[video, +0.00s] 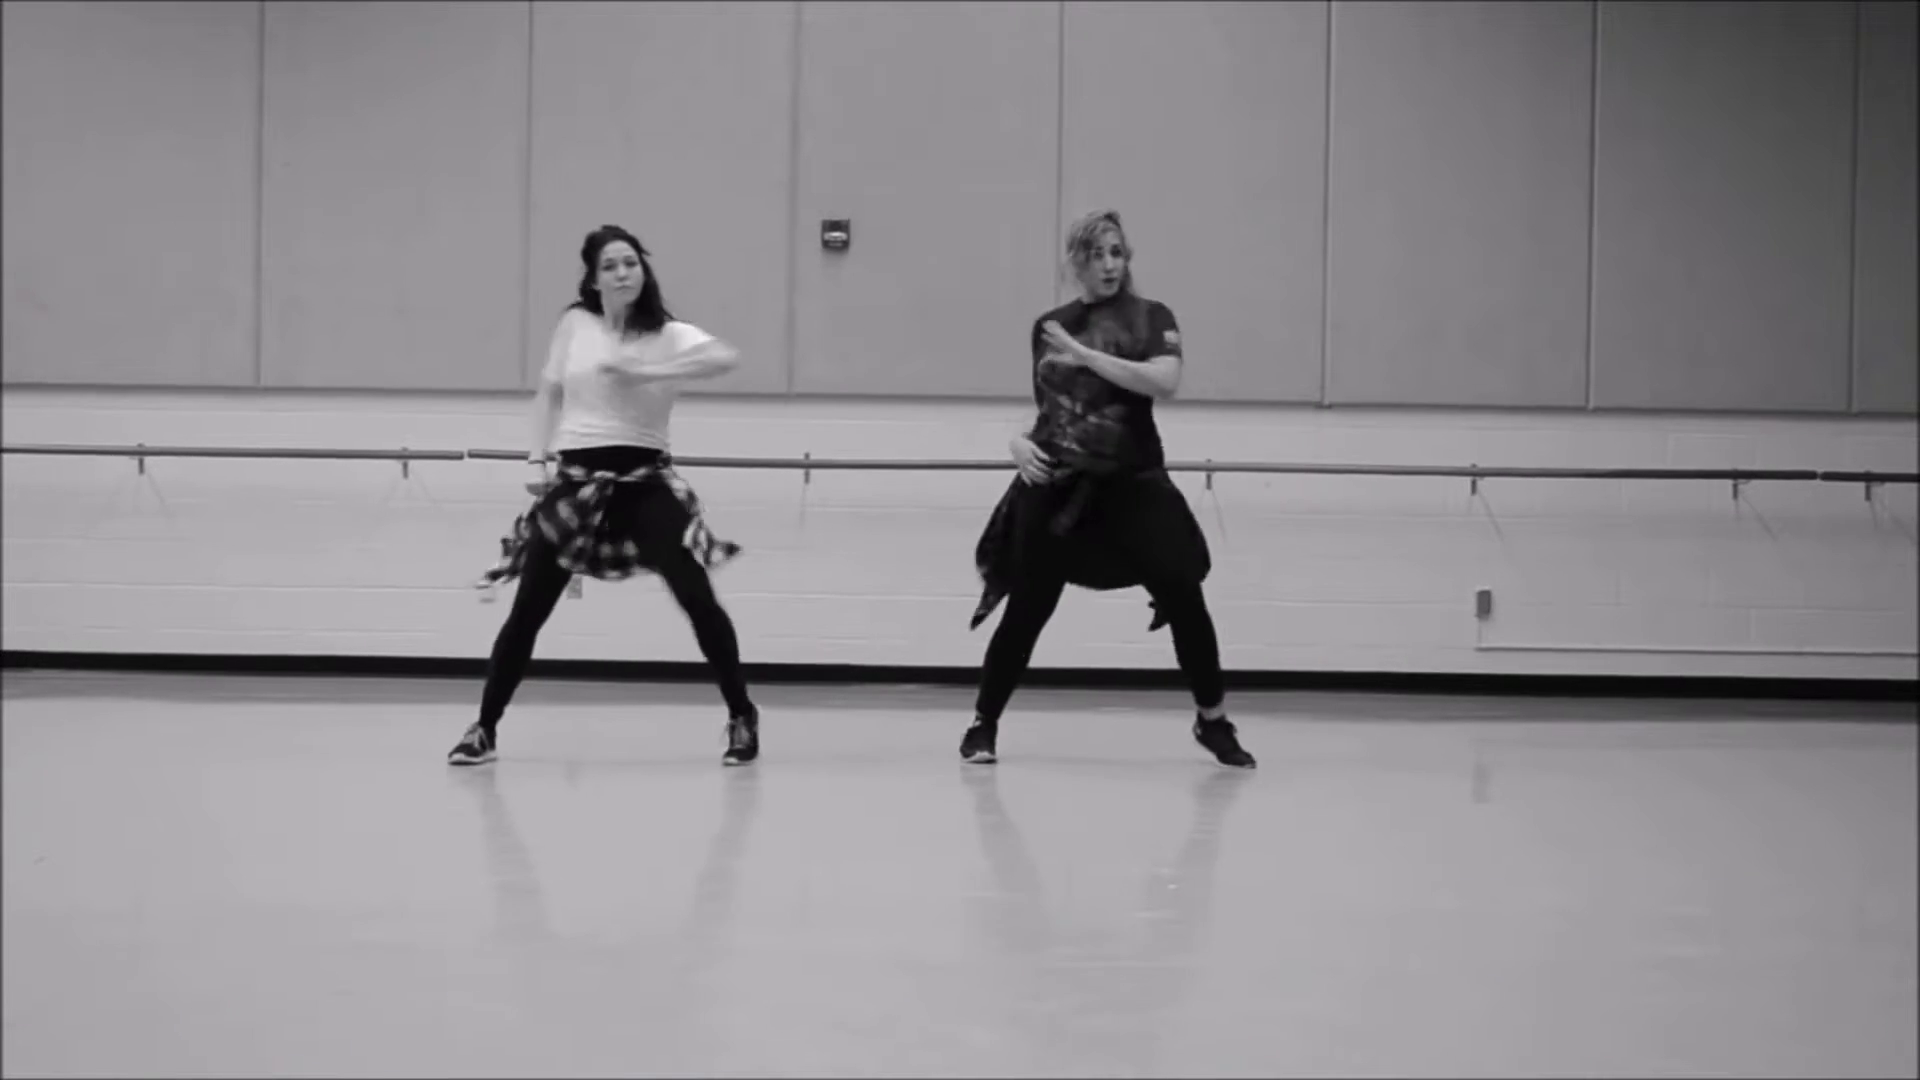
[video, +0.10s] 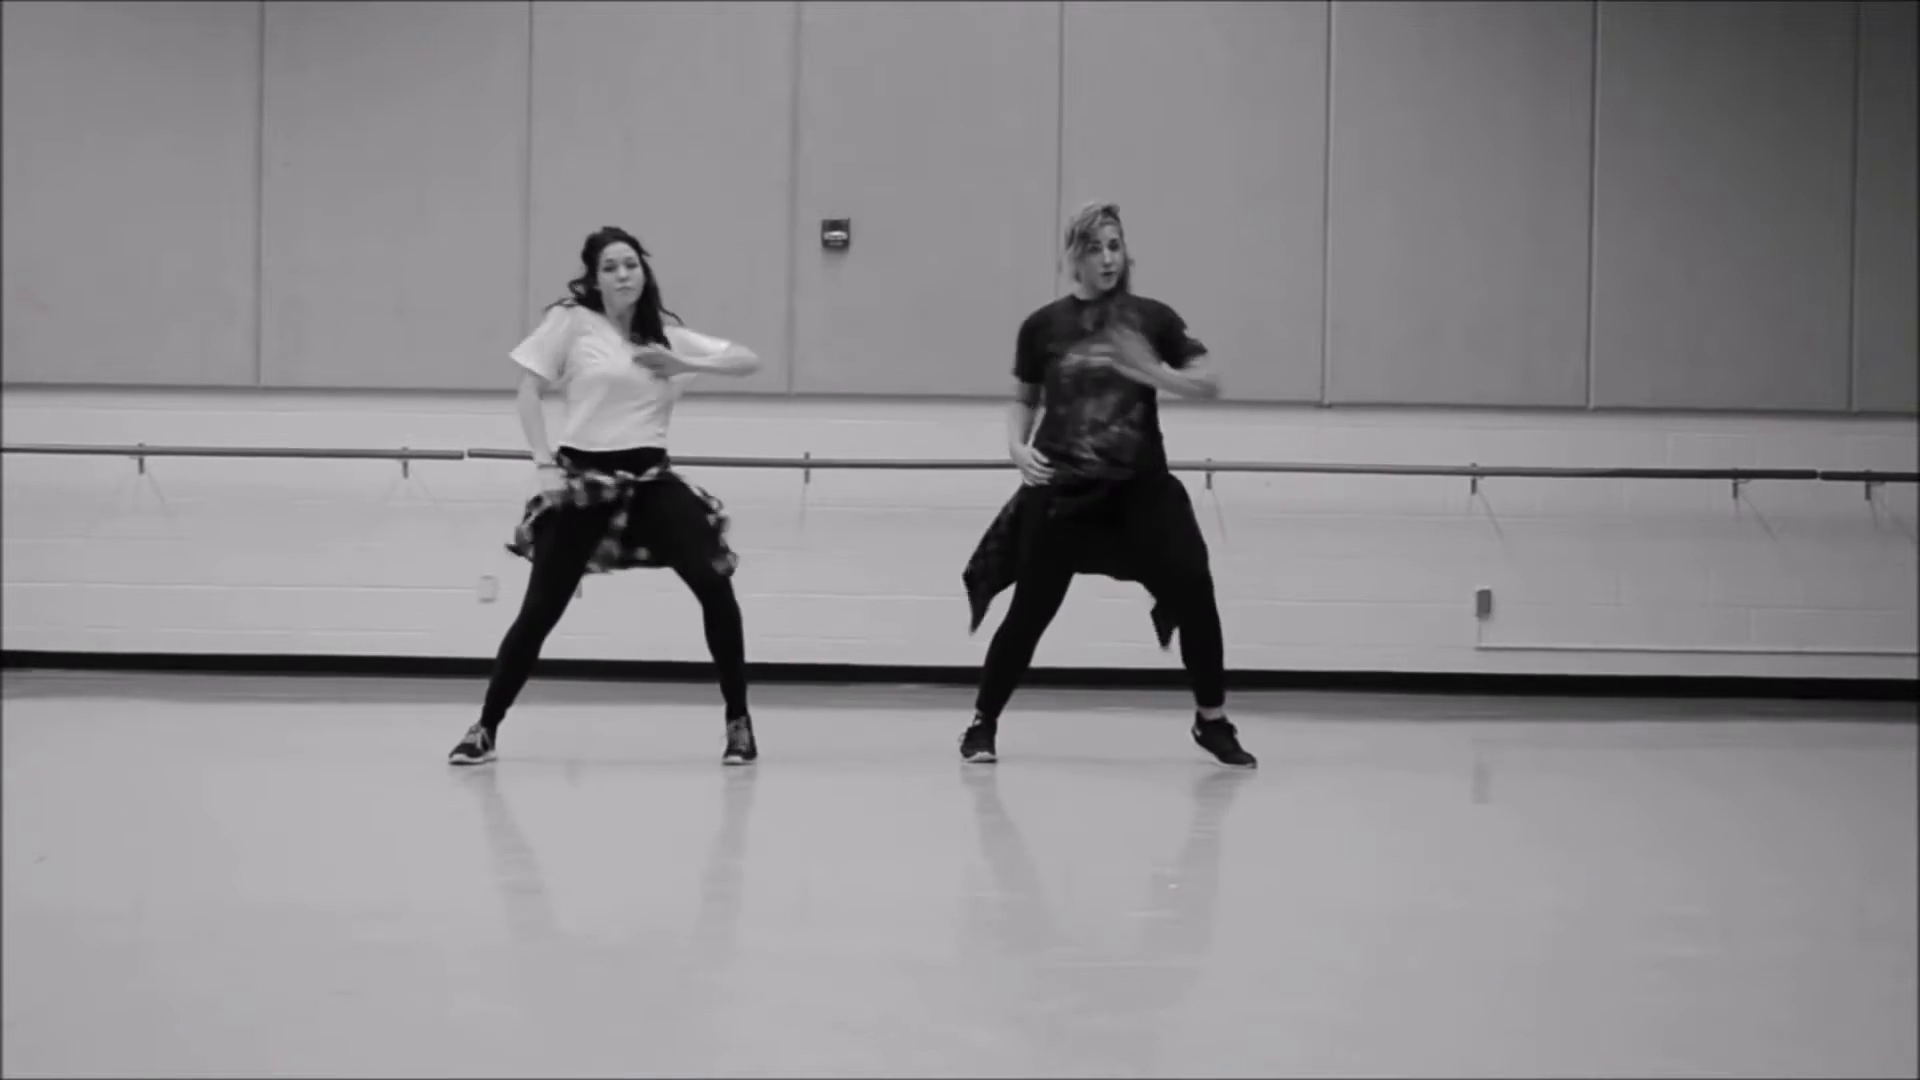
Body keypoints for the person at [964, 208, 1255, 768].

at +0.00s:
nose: (1109, 264)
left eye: (1117, 253)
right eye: (1096, 254)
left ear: (1128, 259)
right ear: (1076, 263)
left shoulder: (1152, 316)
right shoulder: (1052, 328)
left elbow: (1167, 380)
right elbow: (1050, 414)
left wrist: (1086, 356)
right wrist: (1019, 442)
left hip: (1133, 485)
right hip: (1059, 486)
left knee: (1184, 598)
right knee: (1028, 609)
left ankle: (1212, 720)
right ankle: (985, 723)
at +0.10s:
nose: (1108, 257)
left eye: (1115, 246)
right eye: (1096, 248)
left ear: (1126, 253)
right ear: (1074, 257)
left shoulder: (1151, 318)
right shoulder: (1043, 327)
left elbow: (1208, 385)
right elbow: (1024, 399)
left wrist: (1150, 371)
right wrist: (1018, 446)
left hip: (1141, 491)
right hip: (1063, 492)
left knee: (1195, 591)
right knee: (1033, 608)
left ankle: (1212, 719)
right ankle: (984, 723)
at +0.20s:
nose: (1110, 256)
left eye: (1116, 245)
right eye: (1096, 248)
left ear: (1127, 252)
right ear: (1076, 259)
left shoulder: (1155, 322)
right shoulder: (1050, 322)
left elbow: (1204, 380)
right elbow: (1005, 391)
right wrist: (1020, 446)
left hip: (1144, 484)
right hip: (1066, 485)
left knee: (1201, 589)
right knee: (1033, 606)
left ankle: (1214, 719)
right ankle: (983, 722)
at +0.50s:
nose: (1117, 263)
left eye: (1124, 252)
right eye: (1104, 255)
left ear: (1136, 259)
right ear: (1086, 266)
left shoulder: (1168, 329)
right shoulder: (1063, 329)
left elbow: (1197, 411)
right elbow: (1041, 408)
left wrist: (1228, 482)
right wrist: (1078, 407)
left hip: (1158, 492)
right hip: (1080, 490)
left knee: (1209, 593)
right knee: (1042, 603)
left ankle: (1201, 726)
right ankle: (983, 722)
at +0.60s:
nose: (1131, 267)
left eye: (1136, 255)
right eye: (1116, 261)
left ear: (1149, 259)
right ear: (1097, 277)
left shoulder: (1176, 322)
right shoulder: (1106, 327)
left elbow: (1200, 403)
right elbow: (1107, 415)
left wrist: (1225, 469)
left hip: (1175, 489)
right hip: (1113, 489)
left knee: (1221, 597)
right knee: (1067, 610)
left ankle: (1195, 729)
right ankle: (991, 718)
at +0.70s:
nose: (1172, 265)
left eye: (1175, 253)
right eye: (1157, 260)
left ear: (1188, 259)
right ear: (1137, 277)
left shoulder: (1196, 319)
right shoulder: (1152, 330)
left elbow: (1207, 400)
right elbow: (1165, 423)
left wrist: (1232, 462)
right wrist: (1220, 487)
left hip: (1192, 488)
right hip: (1142, 489)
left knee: (1234, 599)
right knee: (1119, 604)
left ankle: (1197, 729)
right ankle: (1045, 710)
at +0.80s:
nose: (1220, 272)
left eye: (1224, 261)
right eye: (1204, 265)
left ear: (1232, 268)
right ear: (1180, 278)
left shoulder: (1216, 333)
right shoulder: (1190, 334)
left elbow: (1217, 420)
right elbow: (1208, 427)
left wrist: (1240, 470)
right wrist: (1249, 497)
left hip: (1195, 489)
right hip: (1160, 490)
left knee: (1237, 598)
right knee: (1174, 600)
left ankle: (1201, 728)